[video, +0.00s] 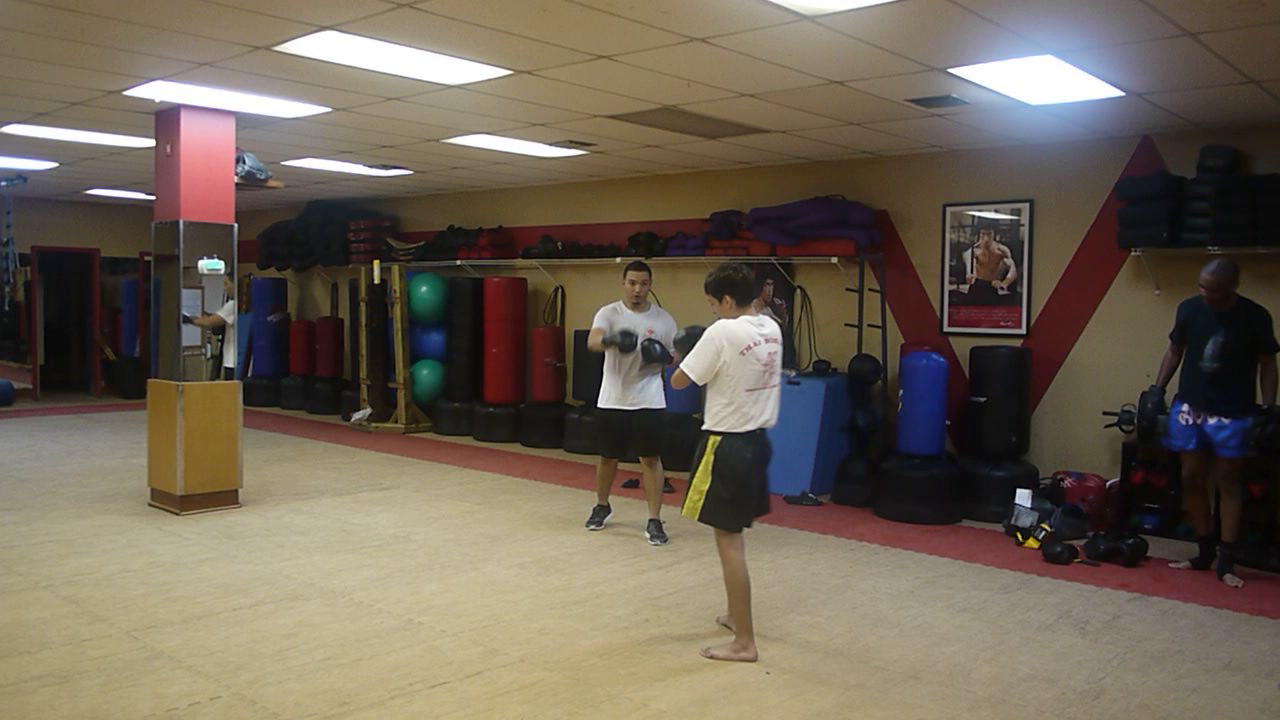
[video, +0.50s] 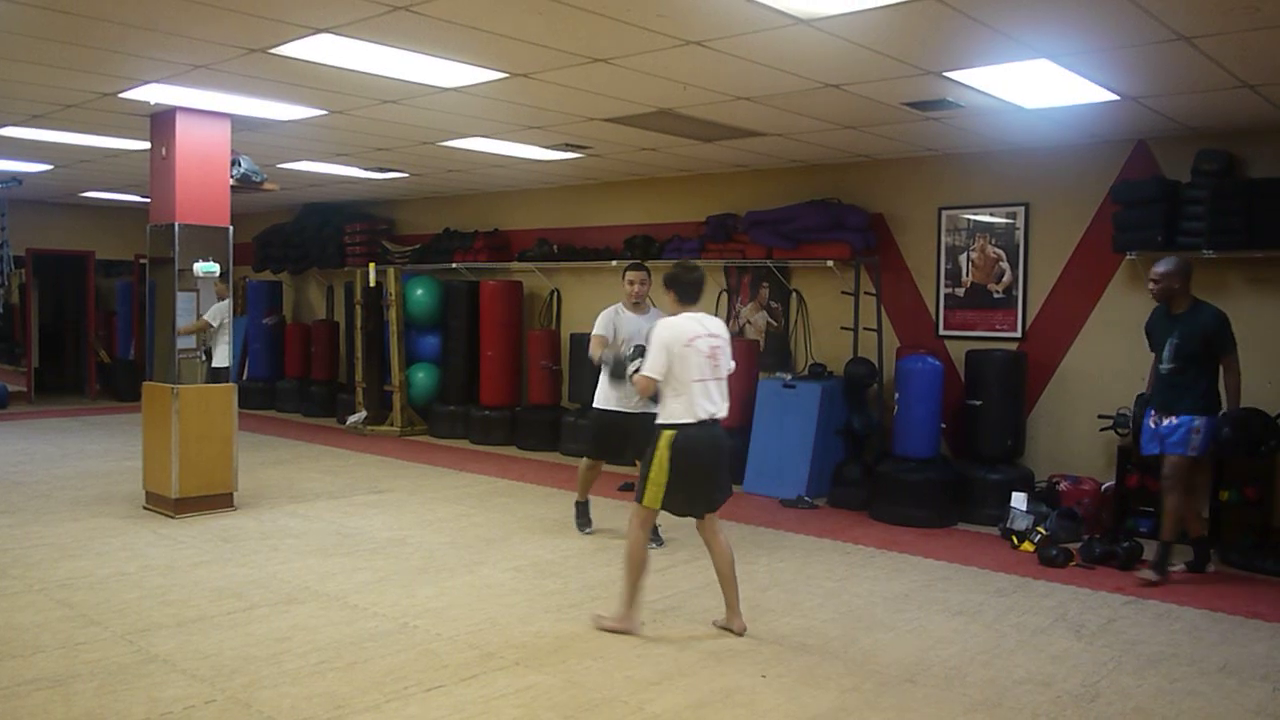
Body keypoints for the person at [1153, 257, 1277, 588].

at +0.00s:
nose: (1204, 295)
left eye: (1211, 291)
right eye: (1202, 287)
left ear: (1231, 288)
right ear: (1201, 281)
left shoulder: (1256, 317)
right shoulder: (1189, 310)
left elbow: (1267, 365)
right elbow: (1174, 350)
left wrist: (1268, 407)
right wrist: (1156, 390)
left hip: (1232, 415)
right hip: (1189, 412)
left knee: (1229, 484)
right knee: (1191, 480)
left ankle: (1226, 562)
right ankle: (1204, 553)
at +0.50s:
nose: (1150, 287)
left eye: (1157, 281)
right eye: (1150, 281)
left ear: (1180, 283)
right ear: (1155, 284)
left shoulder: (1212, 320)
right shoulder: (1156, 320)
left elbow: (1231, 368)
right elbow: (1158, 360)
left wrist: (1232, 415)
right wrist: (1148, 399)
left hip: (1196, 414)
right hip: (1162, 413)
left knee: (1171, 477)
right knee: (1184, 483)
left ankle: (1160, 560)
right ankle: (1201, 553)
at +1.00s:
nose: (1092, 283)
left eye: (1098, 279)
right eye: (1093, 278)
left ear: (1119, 282)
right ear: (1110, 283)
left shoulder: (1142, 316)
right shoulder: (1111, 317)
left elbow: (1157, 366)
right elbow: (1113, 369)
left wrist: (1152, 413)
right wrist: (1105, 406)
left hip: (1129, 415)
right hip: (1111, 414)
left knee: (1114, 482)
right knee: (1115, 481)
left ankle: (1117, 556)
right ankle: (1166, 523)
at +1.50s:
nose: (1017, 280)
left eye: (1022, 275)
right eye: (1019, 275)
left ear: (1037, 280)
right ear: (1037, 281)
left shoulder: (1056, 312)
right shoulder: (1041, 313)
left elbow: (1067, 359)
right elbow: (1044, 362)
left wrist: (1039, 402)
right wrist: (1030, 396)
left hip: (1063, 411)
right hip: (1039, 410)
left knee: (1076, 483)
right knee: (1012, 465)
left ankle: (1109, 553)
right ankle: (1001, 543)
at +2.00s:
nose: (929, 280)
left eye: (932, 275)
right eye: (931, 274)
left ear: (946, 277)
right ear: (954, 277)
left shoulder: (957, 307)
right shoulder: (968, 305)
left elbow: (969, 354)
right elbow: (970, 354)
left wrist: (957, 397)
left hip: (953, 400)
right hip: (977, 400)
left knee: (922, 456)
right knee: (976, 464)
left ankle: (902, 534)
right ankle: (996, 541)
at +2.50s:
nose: (850, 278)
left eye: (852, 274)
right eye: (852, 273)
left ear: (861, 275)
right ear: (878, 276)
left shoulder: (861, 305)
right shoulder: (892, 305)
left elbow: (859, 343)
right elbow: (909, 347)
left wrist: (833, 374)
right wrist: (910, 388)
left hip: (870, 392)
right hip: (890, 390)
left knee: (879, 458)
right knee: (856, 449)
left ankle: (896, 535)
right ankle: (838, 506)